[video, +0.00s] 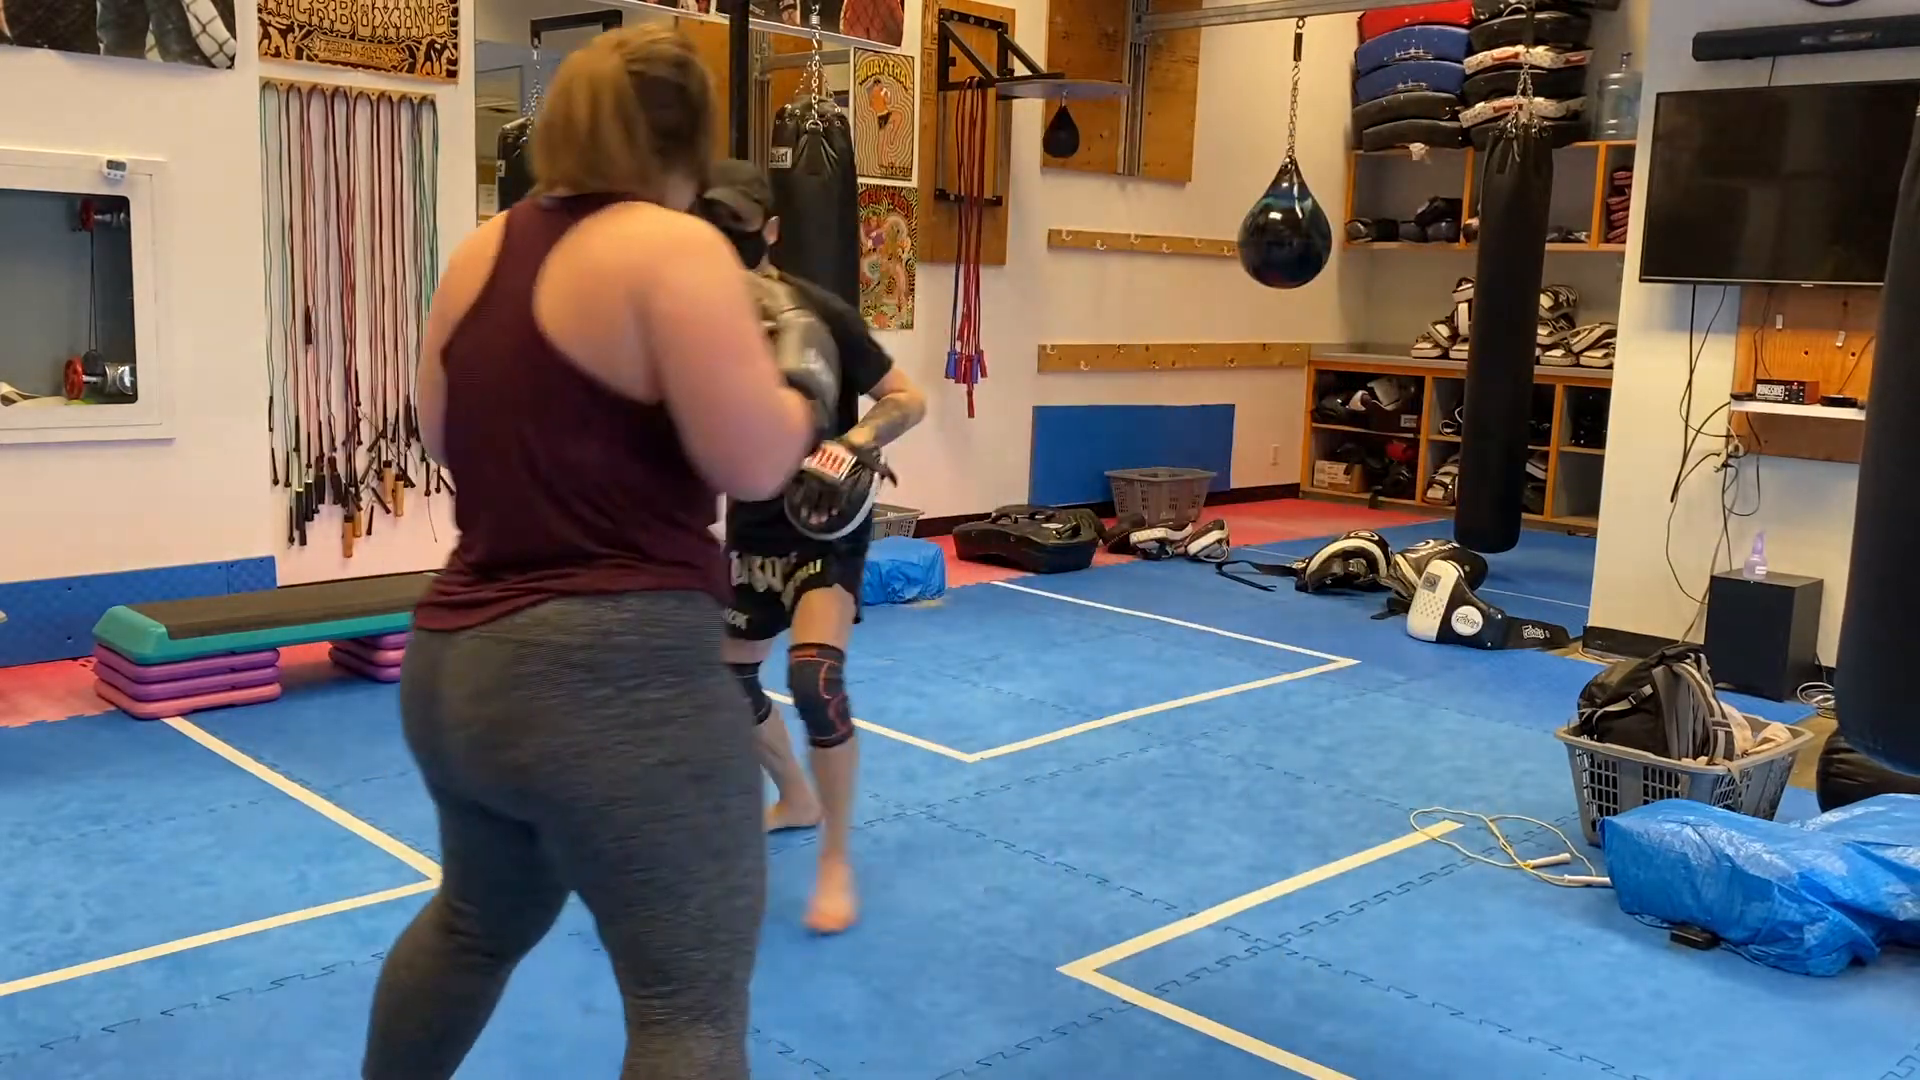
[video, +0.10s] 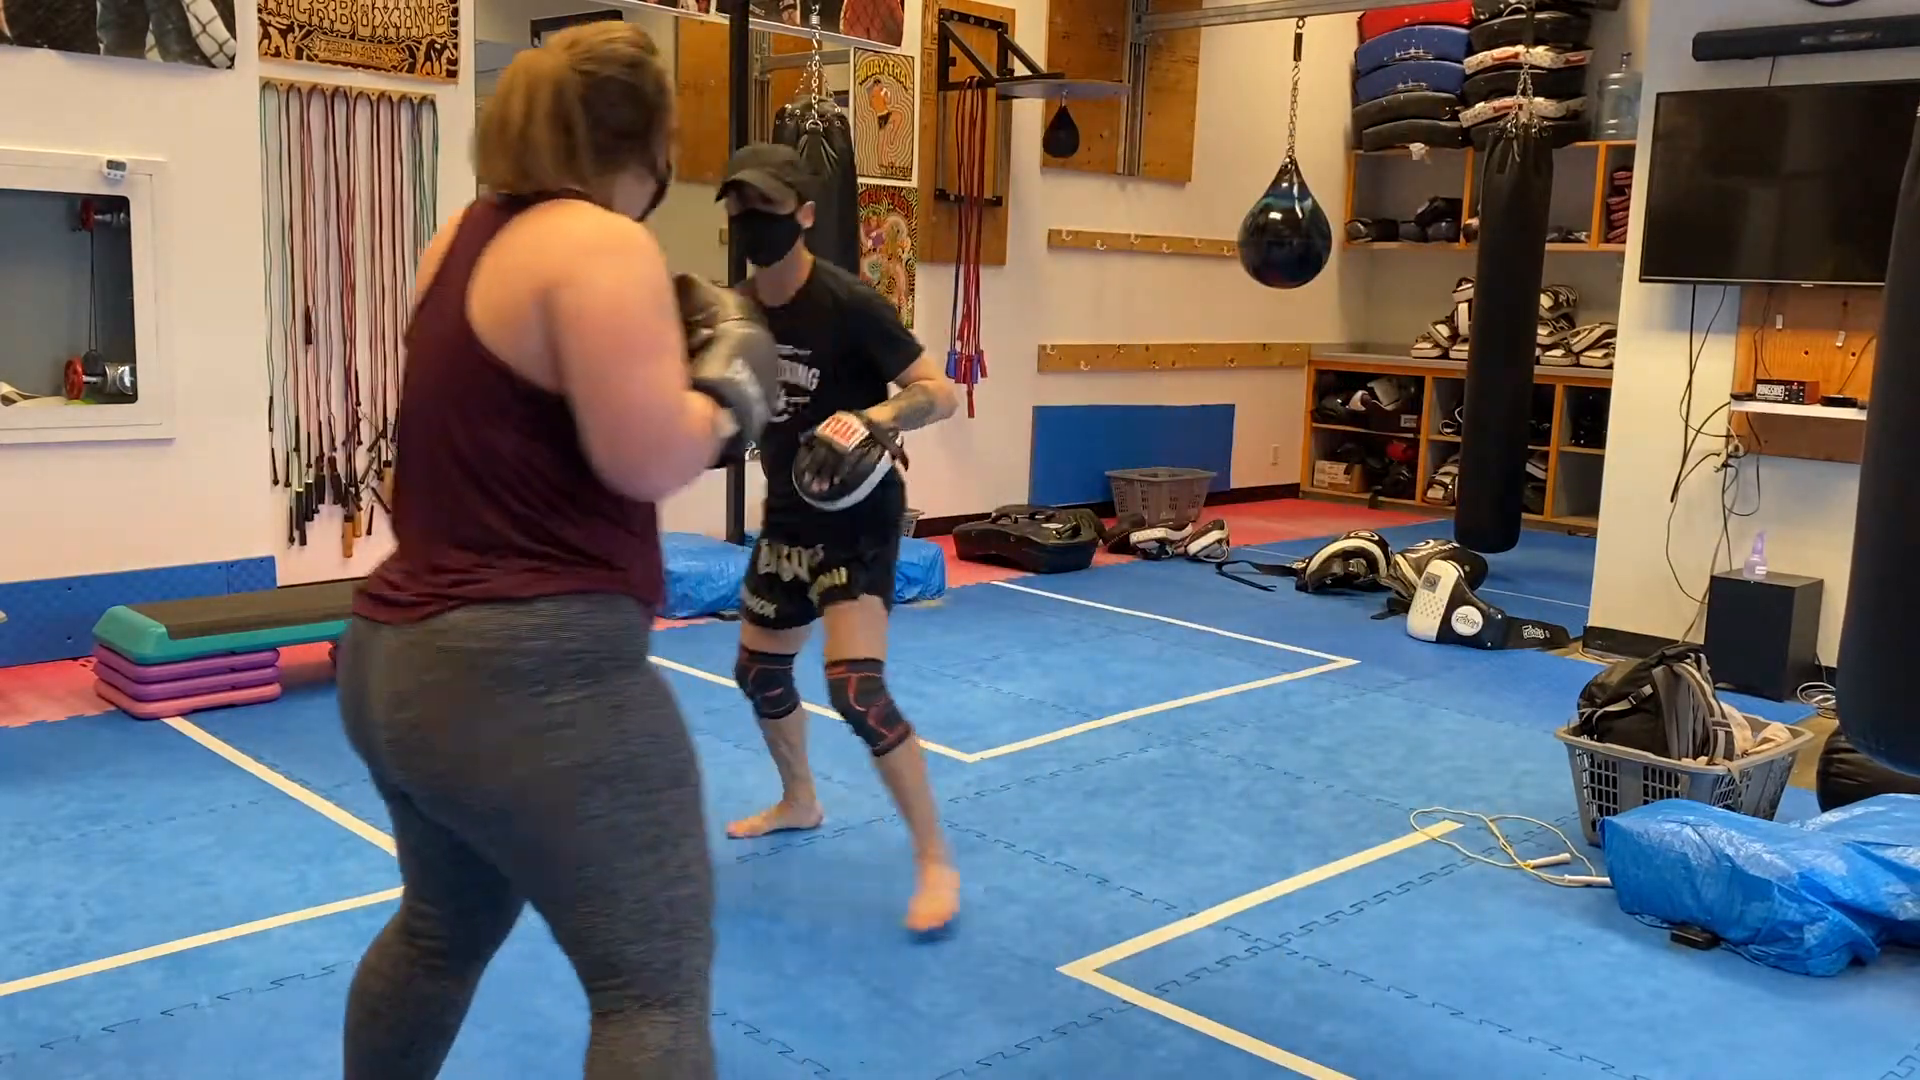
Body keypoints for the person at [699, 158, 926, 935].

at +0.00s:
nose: (715, 240)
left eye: (730, 225)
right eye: (706, 224)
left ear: (765, 227)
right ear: (694, 226)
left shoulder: (814, 310)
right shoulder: (698, 315)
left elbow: (909, 400)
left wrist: (851, 442)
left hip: (827, 513)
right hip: (748, 513)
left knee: (815, 679)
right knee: (728, 683)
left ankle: (836, 858)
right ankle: (797, 796)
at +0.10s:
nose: (747, 226)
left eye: (764, 213)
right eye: (739, 211)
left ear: (802, 215)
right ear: (726, 213)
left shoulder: (850, 303)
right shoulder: (735, 303)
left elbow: (939, 394)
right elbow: (723, 387)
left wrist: (869, 420)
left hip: (859, 505)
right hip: (785, 503)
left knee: (858, 692)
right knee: (760, 672)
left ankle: (934, 862)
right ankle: (800, 799)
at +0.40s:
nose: (840, 230)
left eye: (856, 218)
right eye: (833, 216)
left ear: (898, 217)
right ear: (827, 217)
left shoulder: (932, 297)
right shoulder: (832, 299)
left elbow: (960, 393)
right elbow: (774, 395)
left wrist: (878, 335)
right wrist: (743, 350)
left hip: (953, 519)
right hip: (886, 517)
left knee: (947, 704)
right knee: (840, 662)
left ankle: (999, 884)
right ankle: (879, 796)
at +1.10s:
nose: (856, 250)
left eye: (869, 232)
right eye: (850, 235)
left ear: (915, 226)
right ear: (880, 232)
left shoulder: (953, 302)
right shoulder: (888, 299)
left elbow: (903, 355)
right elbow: (815, 365)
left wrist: (841, 273)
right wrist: (774, 292)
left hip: (982, 539)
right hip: (938, 537)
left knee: (907, 713)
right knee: (954, 673)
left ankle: (945, 912)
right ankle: (999, 794)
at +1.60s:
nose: (890, 251)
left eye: (907, 239)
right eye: (889, 238)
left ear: (959, 243)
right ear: (890, 238)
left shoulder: (1001, 324)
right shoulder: (896, 318)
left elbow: (1002, 423)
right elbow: (811, 390)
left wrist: (921, 352)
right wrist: (809, 305)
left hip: (1014, 544)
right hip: (952, 542)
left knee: (949, 703)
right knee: (961, 692)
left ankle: (964, 899)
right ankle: (1027, 805)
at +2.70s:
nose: (822, 271)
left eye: (835, 259)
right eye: (823, 258)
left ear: (882, 263)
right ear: (869, 264)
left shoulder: (948, 347)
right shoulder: (846, 348)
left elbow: (957, 460)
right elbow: (785, 442)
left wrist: (865, 399)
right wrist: (744, 374)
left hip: (986, 543)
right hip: (924, 543)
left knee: (922, 705)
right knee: (905, 690)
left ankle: (964, 901)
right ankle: (1009, 782)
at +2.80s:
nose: (812, 293)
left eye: (826, 282)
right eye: (812, 281)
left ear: (873, 285)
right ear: (855, 286)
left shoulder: (935, 365)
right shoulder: (837, 361)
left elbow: (939, 478)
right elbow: (780, 459)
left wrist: (848, 412)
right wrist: (738, 407)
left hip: (963, 562)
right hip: (902, 558)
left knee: (894, 725)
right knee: (845, 694)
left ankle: (963, 903)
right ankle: (963, 769)